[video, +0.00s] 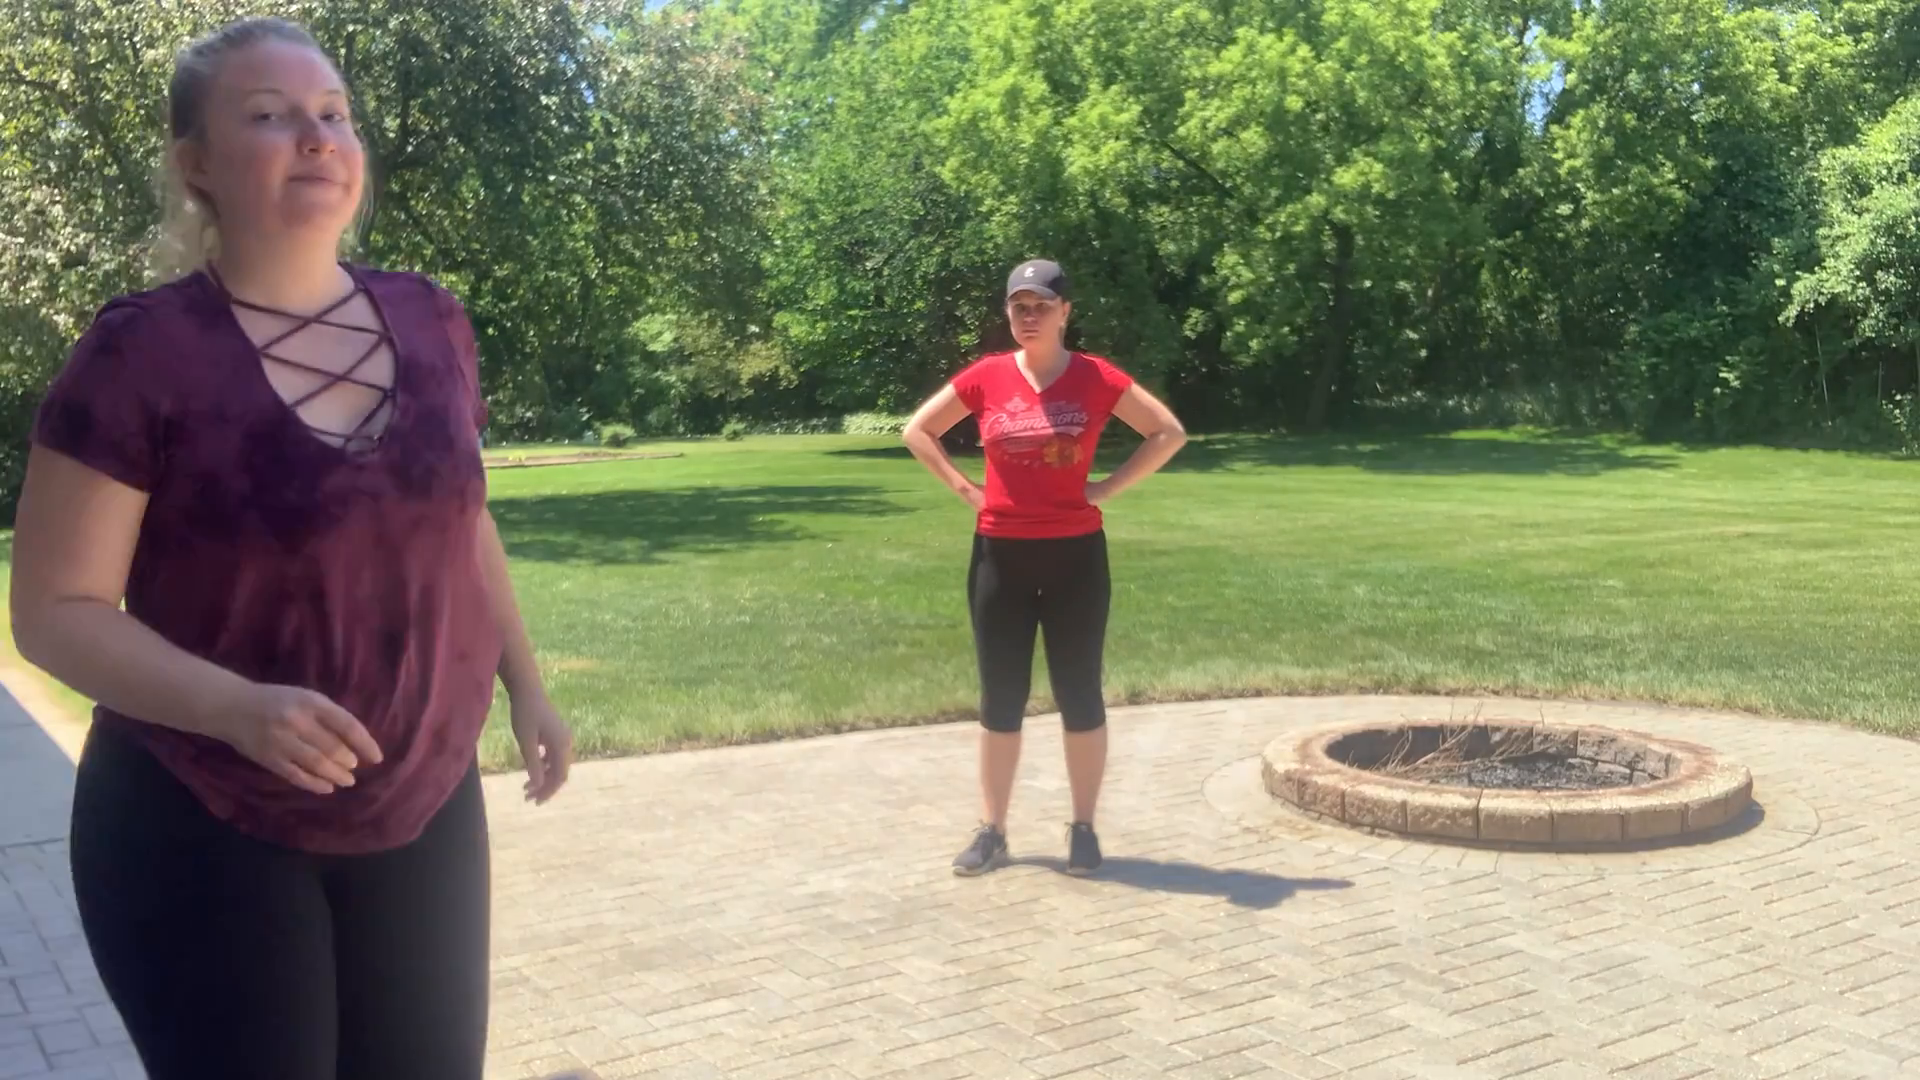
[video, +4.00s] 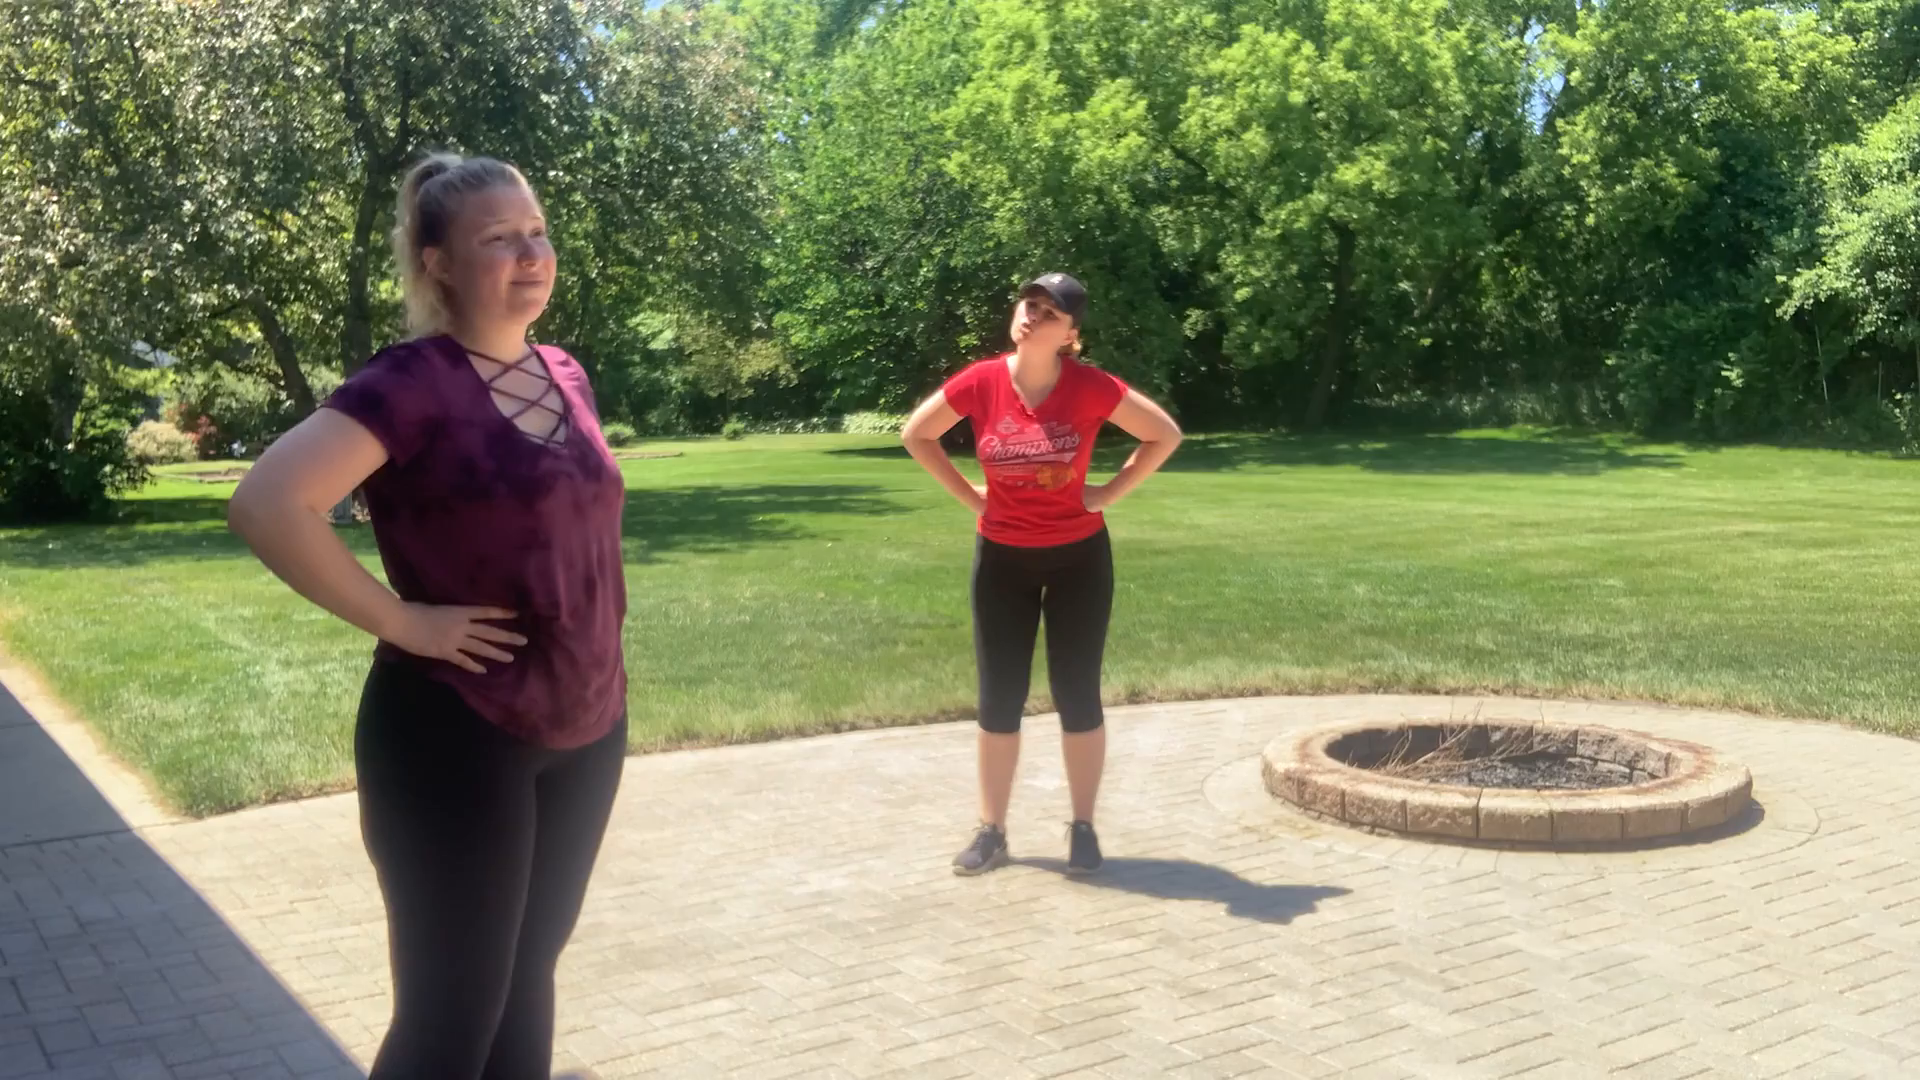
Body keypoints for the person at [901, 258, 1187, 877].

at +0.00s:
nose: (1026, 315)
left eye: (1038, 305)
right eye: (1017, 306)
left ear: (1063, 310)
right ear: (1007, 313)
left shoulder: (1094, 375)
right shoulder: (988, 375)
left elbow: (1171, 433)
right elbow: (916, 432)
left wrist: (1107, 488)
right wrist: (967, 488)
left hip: (1074, 552)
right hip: (1000, 552)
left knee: (1079, 695)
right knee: (1000, 698)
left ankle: (1083, 827)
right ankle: (992, 830)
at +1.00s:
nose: (1018, 315)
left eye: (1031, 306)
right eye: (1011, 306)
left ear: (1059, 311)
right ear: (1001, 313)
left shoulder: (1089, 374)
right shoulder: (982, 374)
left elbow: (1166, 431)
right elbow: (912, 434)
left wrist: (1102, 487)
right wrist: (964, 490)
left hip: (1071, 553)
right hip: (996, 553)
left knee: (1077, 695)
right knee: (998, 699)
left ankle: (1083, 826)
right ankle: (991, 828)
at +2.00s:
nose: (1017, 313)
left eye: (1031, 304)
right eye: (1011, 303)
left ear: (1061, 312)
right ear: (1003, 311)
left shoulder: (1091, 376)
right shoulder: (982, 375)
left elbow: (1166, 431)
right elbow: (915, 434)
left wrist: (1104, 488)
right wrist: (960, 488)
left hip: (1072, 554)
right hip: (997, 553)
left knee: (1077, 696)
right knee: (998, 698)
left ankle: (1083, 827)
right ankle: (991, 829)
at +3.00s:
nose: (1025, 316)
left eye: (1040, 311)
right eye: (1021, 306)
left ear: (1066, 326)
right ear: (1009, 312)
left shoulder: (1088, 384)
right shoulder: (980, 376)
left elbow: (1163, 435)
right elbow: (912, 432)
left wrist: (1102, 494)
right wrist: (967, 494)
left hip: (1072, 555)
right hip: (996, 555)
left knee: (1076, 695)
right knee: (997, 698)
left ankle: (1083, 826)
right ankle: (991, 829)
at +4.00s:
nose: (1033, 314)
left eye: (1049, 312)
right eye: (1029, 304)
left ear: (1071, 334)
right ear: (1014, 314)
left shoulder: (1090, 387)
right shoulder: (982, 379)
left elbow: (1165, 435)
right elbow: (916, 435)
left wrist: (1109, 493)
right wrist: (973, 497)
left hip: (1078, 554)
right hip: (1002, 554)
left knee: (1076, 694)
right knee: (998, 698)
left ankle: (1083, 826)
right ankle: (991, 829)